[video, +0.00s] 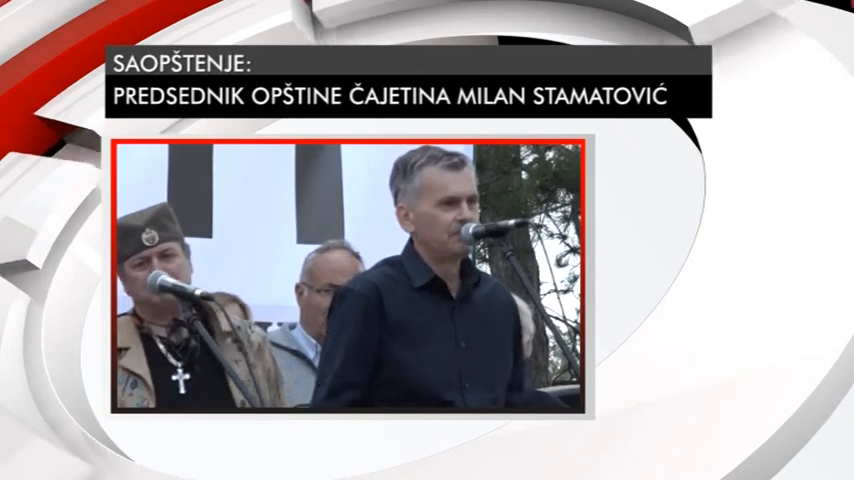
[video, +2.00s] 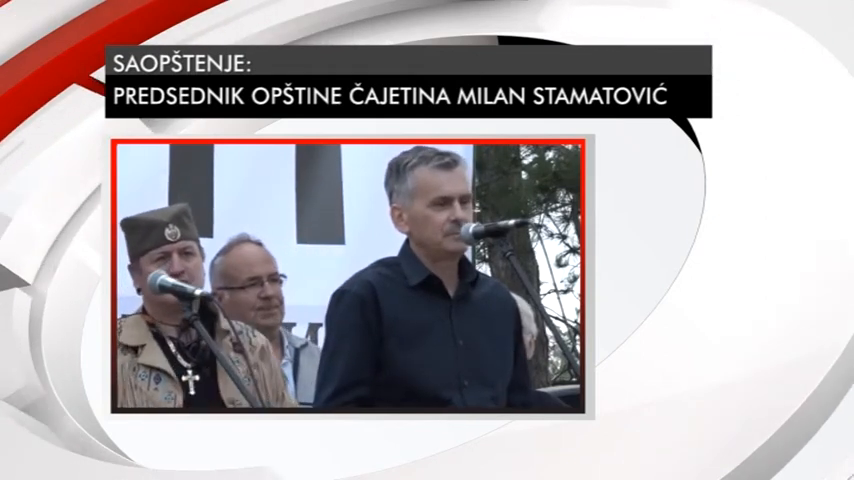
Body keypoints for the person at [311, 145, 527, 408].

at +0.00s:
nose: (466, 215)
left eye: (472, 202)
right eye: (449, 204)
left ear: (479, 206)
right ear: (406, 216)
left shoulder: (499, 301)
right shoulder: (367, 298)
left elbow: (513, 405)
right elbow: (330, 414)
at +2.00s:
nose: (458, 216)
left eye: (465, 202)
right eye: (441, 204)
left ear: (474, 207)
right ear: (400, 217)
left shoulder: (498, 301)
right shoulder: (361, 299)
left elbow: (521, 408)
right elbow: (335, 415)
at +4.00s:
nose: (461, 215)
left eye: (467, 202)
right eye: (443, 204)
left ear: (475, 207)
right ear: (402, 217)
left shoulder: (500, 300)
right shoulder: (361, 296)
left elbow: (521, 405)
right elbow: (332, 413)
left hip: (495, 462)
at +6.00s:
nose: (463, 215)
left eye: (468, 201)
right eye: (444, 203)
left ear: (475, 205)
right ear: (402, 216)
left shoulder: (500, 302)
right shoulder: (368, 291)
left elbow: (537, 401)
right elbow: (332, 396)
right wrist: (369, 409)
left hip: (499, 458)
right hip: (404, 462)